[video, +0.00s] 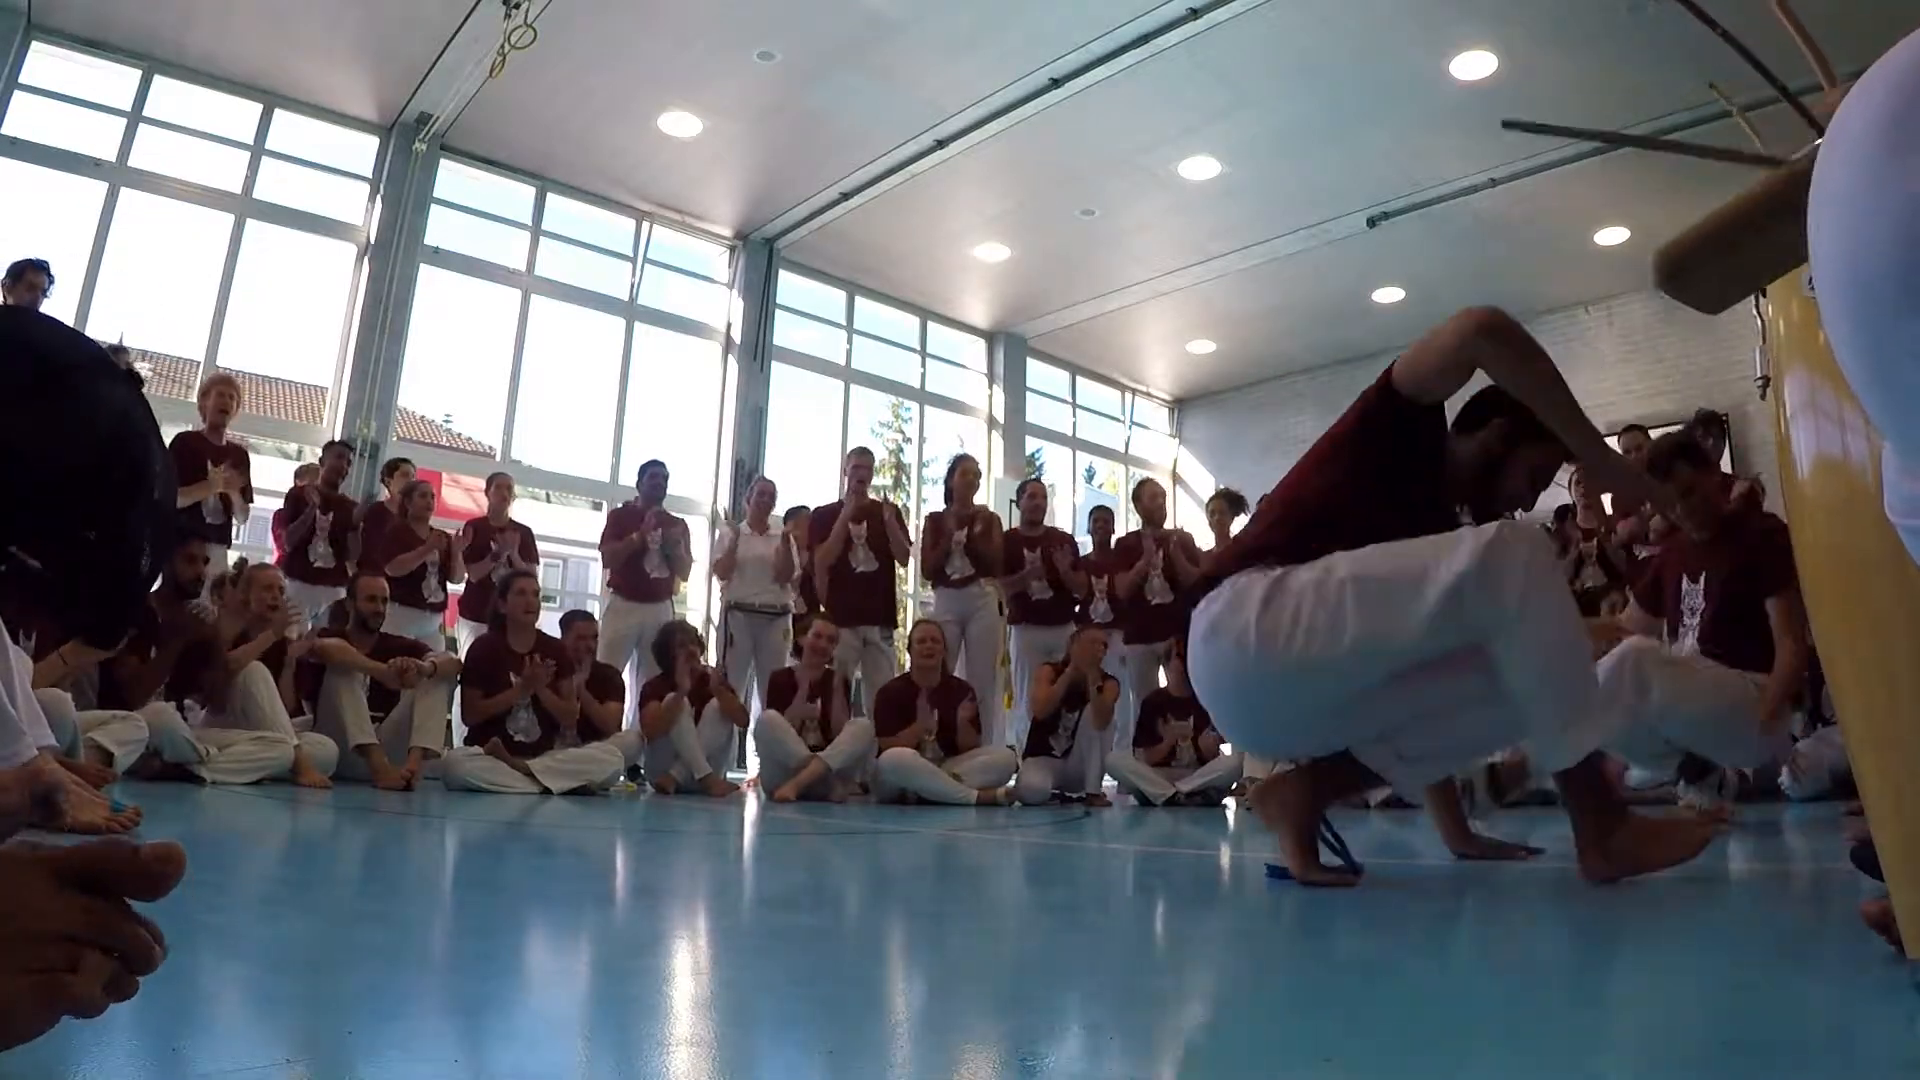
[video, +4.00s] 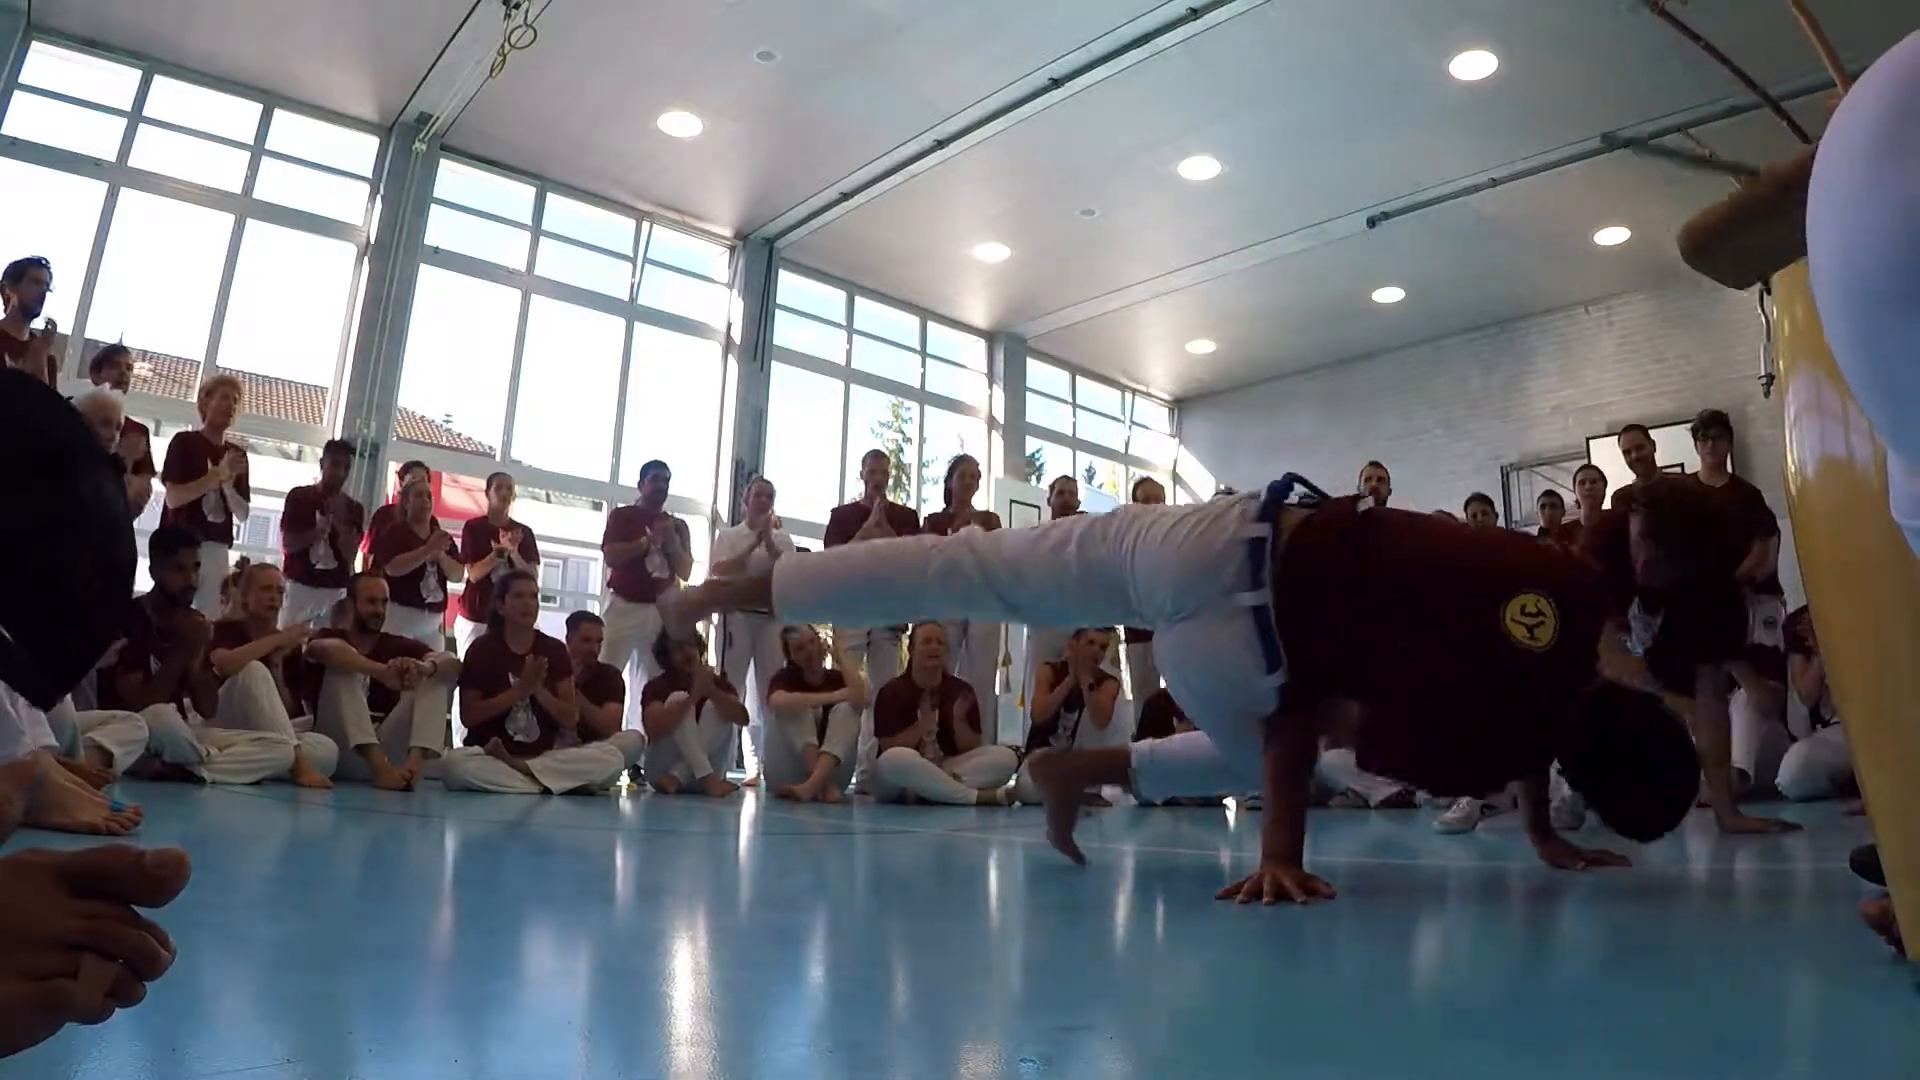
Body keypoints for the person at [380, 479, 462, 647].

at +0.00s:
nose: (429, 502)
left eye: (432, 497)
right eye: (423, 496)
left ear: (436, 502)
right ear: (407, 501)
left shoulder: (441, 537)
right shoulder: (397, 532)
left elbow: (456, 579)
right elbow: (392, 569)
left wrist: (457, 551)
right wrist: (427, 548)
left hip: (434, 614)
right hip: (401, 610)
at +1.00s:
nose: (427, 502)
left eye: (430, 497)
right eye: (421, 497)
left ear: (433, 502)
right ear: (407, 503)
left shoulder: (441, 536)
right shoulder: (396, 531)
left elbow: (457, 577)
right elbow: (392, 568)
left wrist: (446, 552)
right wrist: (430, 549)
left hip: (433, 614)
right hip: (401, 610)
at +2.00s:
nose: (424, 502)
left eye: (426, 496)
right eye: (417, 497)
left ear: (431, 500)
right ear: (403, 504)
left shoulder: (440, 534)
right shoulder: (392, 535)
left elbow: (457, 577)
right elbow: (392, 569)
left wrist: (443, 554)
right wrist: (430, 548)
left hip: (434, 615)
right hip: (400, 612)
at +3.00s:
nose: (424, 501)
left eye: (428, 496)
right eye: (416, 496)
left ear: (433, 500)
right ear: (405, 502)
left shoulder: (439, 531)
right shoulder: (395, 530)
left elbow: (456, 576)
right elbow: (391, 568)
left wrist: (447, 550)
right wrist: (427, 547)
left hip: (433, 613)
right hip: (400, 609)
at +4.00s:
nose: (425, 501)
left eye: (429, 497)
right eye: (419, 496)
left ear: (433, 502)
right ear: (406, 502)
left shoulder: (440, 536)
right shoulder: (394, 532)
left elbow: (458, 575)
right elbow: (392, 569)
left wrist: (441, 556)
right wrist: (428, 549)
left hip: (434, 614)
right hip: (400, 610)